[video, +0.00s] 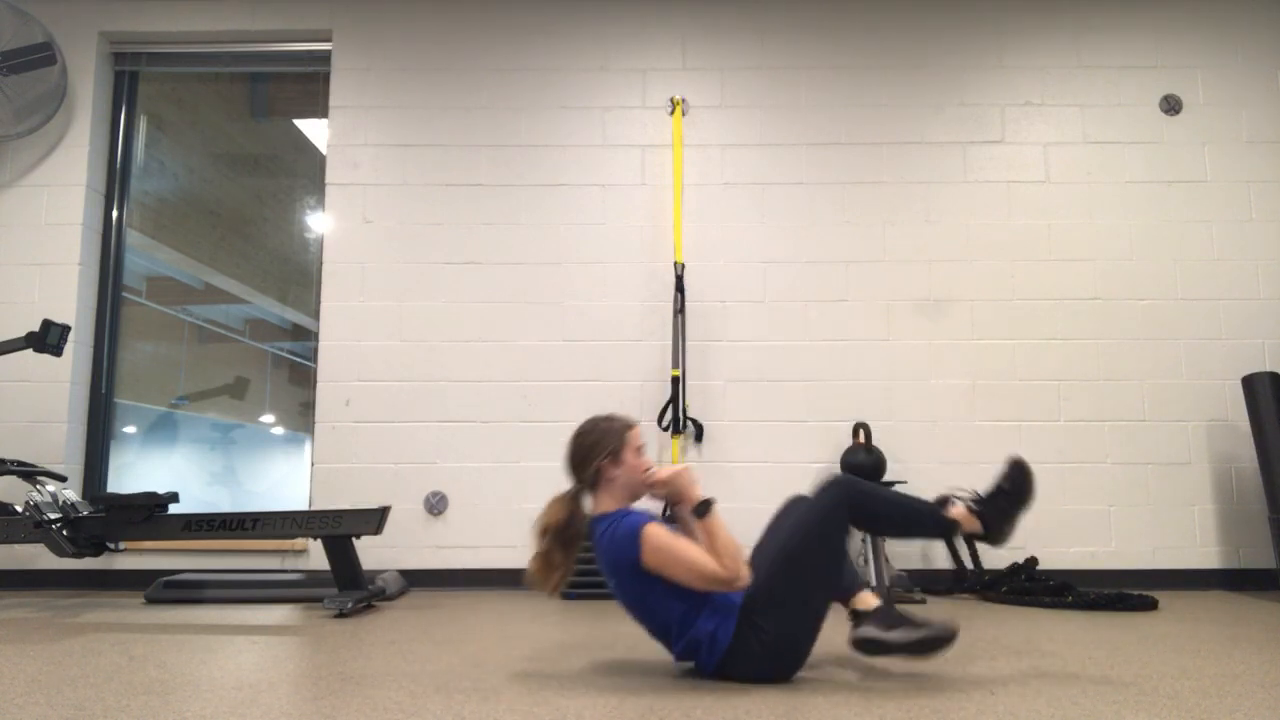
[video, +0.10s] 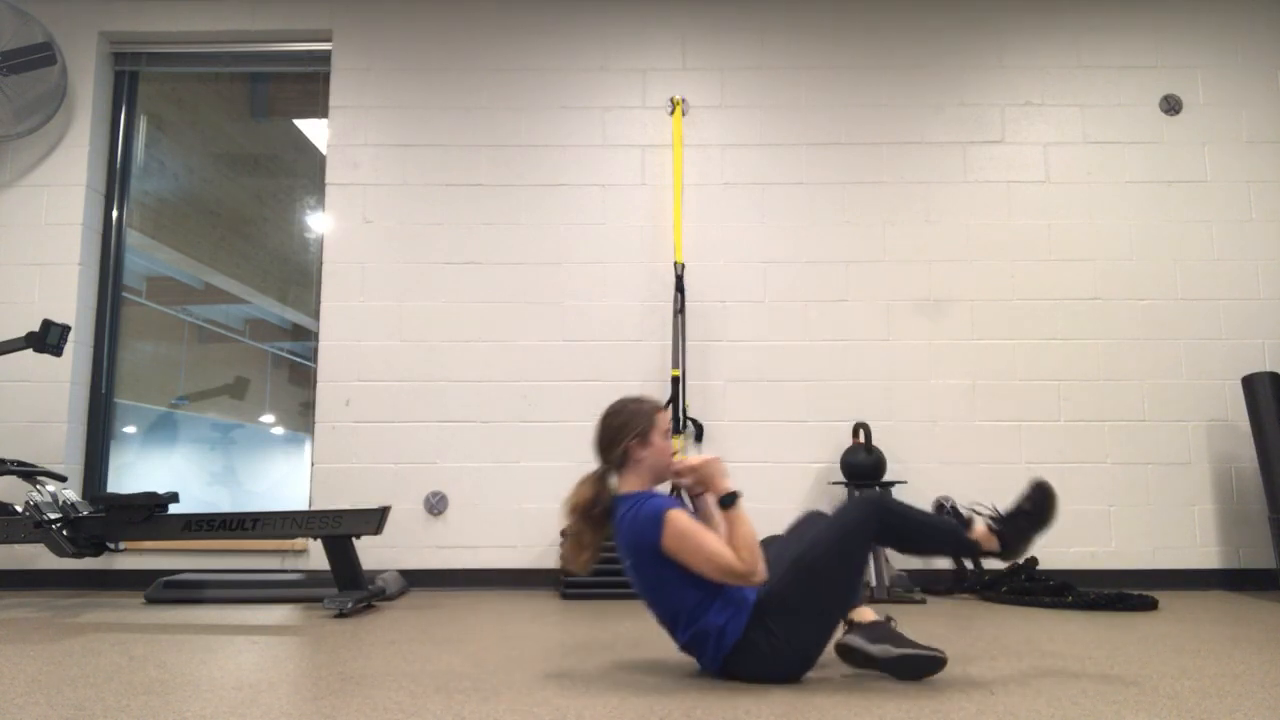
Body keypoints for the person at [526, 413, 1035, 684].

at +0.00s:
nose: (654, 457)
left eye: (647, 448)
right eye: (641, 451)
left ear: (613, 469)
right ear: (610, 470)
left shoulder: (620, 525)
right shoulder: (630, 531)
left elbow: (721, 573)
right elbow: (735, 574)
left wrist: (687, 507)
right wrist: (695, 503)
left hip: (740, 638)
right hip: (753, 649)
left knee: (805, 505)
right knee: (839, 495)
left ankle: (869, 613)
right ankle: (975, 517)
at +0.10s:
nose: (675, 441)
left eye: (670, 432)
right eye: (666, 432)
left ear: (634, 451)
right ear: (638, 448)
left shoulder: (641, 505)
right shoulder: (652, 513)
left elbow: (733, 566)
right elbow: (750, 570)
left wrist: (705, 497)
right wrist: (724, 493)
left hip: (741, 634)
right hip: (758, 648)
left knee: (817, 520)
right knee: (869, 508)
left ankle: (864, 623)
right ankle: (994, 540)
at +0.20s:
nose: (699, 432)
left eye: (695, 423)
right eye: (690, 423)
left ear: (659, 434)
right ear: (662, 433)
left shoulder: (659, 492)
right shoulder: (671, 500)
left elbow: (739, 559)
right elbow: (764, 567)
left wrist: (722, 493)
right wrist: (748, 487)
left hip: (748, 636)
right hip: (762, 648)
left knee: (811, 541)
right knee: (886, 521)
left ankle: (868, 625)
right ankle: (998, 564)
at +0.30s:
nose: (719, 421)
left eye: (716, 411)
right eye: (712, 411)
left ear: (675, 422)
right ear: (685, 420)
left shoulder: (675, 480)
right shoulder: (690, 487)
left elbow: (755, 556)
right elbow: (778, 561)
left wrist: (742, 487)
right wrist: (769, 479)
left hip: (751, 636)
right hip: (767, 646)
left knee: (828, 552)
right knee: (901, 529)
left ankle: (863, 635)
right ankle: (1011, 588)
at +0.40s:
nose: (741, 413)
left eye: (737, 402)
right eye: (733, 402)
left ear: (698, 412)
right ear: (705, 411)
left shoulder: (695, 471)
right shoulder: (707, 478)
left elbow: (770, 551)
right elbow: (791, 556)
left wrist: (759, 481)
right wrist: (789, 475)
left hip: (760, 635)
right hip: (771, 644)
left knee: (848, 560)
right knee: (910, 537)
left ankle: (854, 646)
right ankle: (1015, 608)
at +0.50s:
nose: (761, 404)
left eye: (758, 393)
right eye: (753, 395)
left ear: (720, 403)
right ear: (723, 404)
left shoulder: (718, 466)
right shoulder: (723, 470)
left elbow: (791, 553)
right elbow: (805, 554)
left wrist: (780, 477)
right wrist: (806, 471)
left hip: (772, 632)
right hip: (778, 641)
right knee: (921, 545)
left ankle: (861, 654)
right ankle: (1017, 624)